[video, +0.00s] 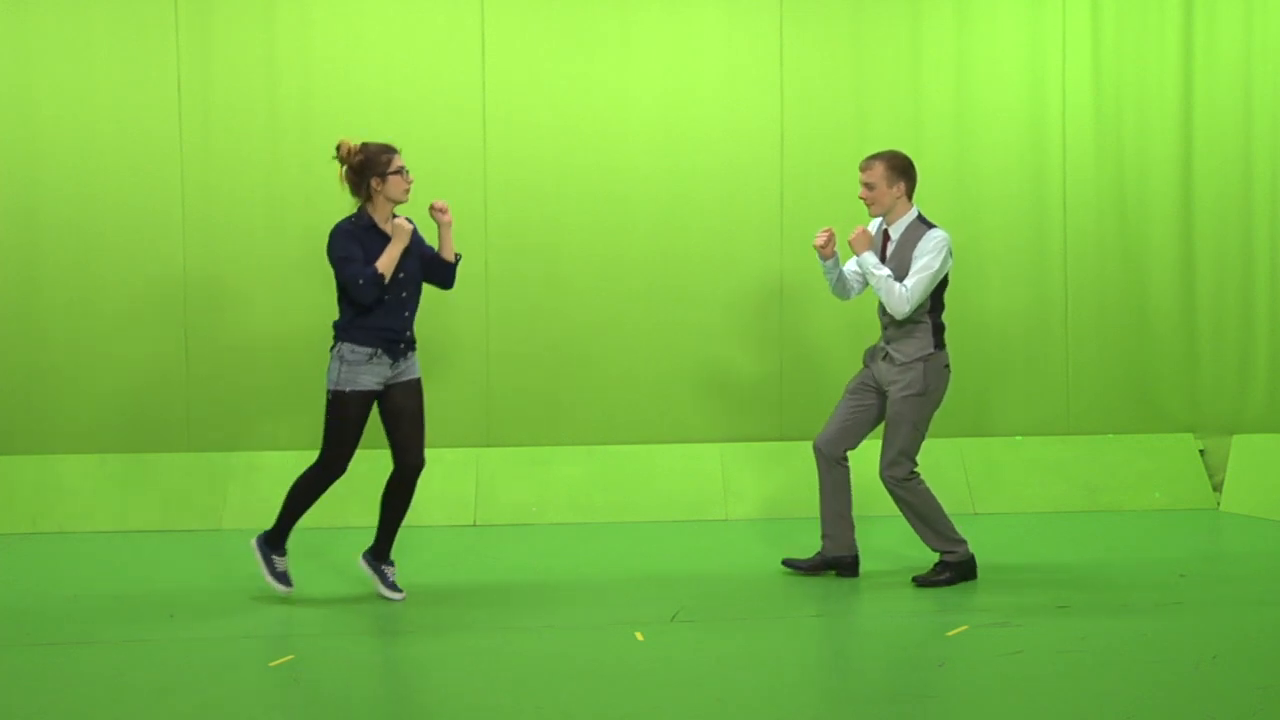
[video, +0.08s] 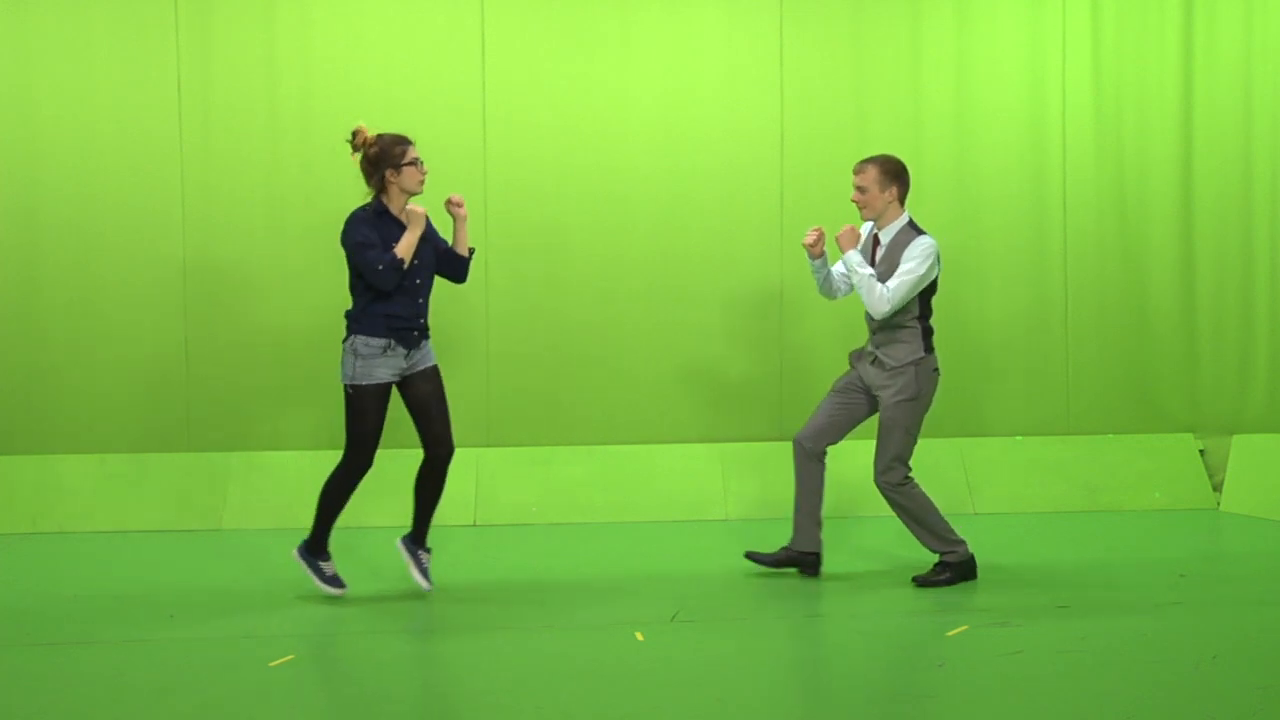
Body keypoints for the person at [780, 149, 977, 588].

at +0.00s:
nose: (862, 195)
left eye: (870, 187)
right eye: (861, 187)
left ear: (900, 189)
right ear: (886, 191)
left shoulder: (934, 241)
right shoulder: (877, 236)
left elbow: (901, 304)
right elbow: (845, 287)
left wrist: (867, 256)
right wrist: (830, 259)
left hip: (920, 365)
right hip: (882, 361)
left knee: (896, 469)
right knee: (829, 446)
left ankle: (957, 557)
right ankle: (839, 553)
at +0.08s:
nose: (855, 198)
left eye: (862, 190)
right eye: (854, 190)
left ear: (893, 193)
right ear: (882, 194)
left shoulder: (921, 248)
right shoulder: (868, 239)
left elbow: (881, 305)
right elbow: (833, 287)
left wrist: (851, 255)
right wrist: (818, 258)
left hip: (909, 370)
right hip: (871, 365)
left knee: (890, 475)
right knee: (808, 443)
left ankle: (957, 557)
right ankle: (805, 550)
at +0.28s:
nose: (811, 189)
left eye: (818, 181)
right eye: (811, 180)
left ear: (848, 184)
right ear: (838, 185)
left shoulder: (874, 237)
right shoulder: (821, 226)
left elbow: (828, 283)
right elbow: (778, 268)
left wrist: (802, 235)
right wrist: (770, 233)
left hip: (850, 364)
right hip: (809, 357)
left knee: (850, 473)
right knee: (758, 446)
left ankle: (922, 540)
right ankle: (731, 553)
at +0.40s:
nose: (779, 189)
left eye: (786, 181)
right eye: (779, 180)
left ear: (816, 185)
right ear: (807, 186)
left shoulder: (847, 237)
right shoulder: (791, 229)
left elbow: (804, 286)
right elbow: (750, 275)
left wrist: (775, 239)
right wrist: (741, 242)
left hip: (822, 367)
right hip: (780, 360)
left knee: (812, 472)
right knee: (729, 449)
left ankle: (872, 551)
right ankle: (727, 557)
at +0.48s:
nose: (766, 189)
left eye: (773, 182)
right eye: (765, 180)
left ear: (802, 186)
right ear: (784, 187)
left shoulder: (834, 236)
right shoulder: (773, 231)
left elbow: (794, 285)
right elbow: (731, 271)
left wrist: (767, 235)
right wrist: (727, 231)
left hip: (815, 366)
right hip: (771, 360)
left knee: (803, 472)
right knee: (721, 450)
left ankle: (859, 551)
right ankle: (724, 555)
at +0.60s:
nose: (755, 183)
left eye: (762, 176)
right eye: (755, 175)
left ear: (792, 179)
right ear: (777, 180)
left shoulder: (827, 230)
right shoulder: (766, 224)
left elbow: (791, 287)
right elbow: (729, 275)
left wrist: (759, 239)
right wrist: (722, 240)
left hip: (810, 359)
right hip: (765, 354)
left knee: (807, 466)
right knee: (725, 450)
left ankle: (861, 551)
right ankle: (724, 556)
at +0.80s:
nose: (755, 192)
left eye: (761, 185)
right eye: (754, 184)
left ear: (791, 188)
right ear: (777, 189)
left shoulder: (829, 236)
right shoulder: (767, 232)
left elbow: (795, 294)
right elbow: (733, 285)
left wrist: (761, 248)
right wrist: (724, 246)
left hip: (820, 366)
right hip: (776, 361)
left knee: (818, 471)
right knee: (726, 451)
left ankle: (867, 557)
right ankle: (725, 556)